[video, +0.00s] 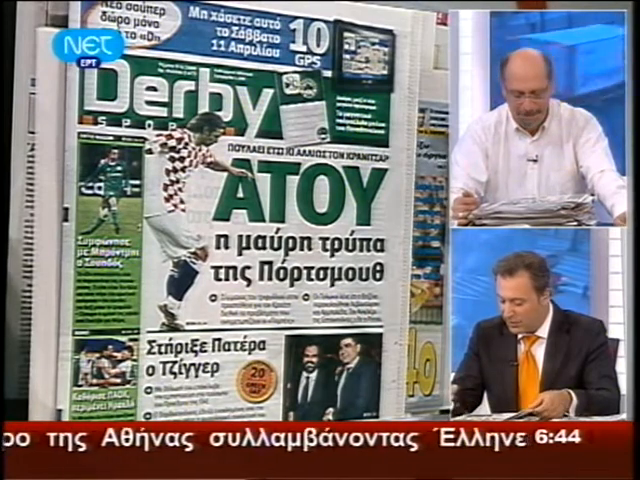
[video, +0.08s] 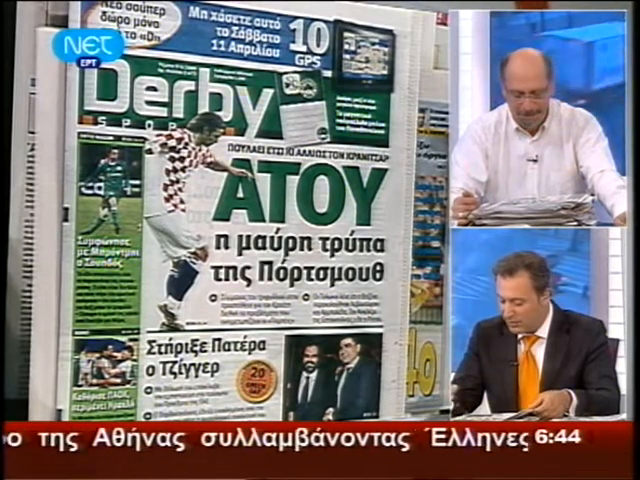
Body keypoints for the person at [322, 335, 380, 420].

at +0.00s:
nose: (343, 351)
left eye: (347, 346)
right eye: (341, 348)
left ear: (358, 348)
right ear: (339, 351)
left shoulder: (367, 368)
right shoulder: (341, 371)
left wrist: (335, 416)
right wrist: (331, 410)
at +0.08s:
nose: (343, 351)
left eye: (347, 346)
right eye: (341, 348)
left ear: (358, 348)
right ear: (339, 351)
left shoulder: (367, 367)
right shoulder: (341, 371)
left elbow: (362, 407)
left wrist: (335, 416)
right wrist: (332, 410)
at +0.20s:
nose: (343, 351)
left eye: (347, 346)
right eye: (341, 348)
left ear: (358, 348)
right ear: (339, 351)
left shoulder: (367, 367)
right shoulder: (341, 371)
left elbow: (361, 407)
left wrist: (335, 416)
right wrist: (332, 410)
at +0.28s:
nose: (343, 351)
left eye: (347, 346)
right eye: (341, 348)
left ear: (358, 348)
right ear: (339, 351)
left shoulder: (367, 368)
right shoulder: (341, 371)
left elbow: (361, 407)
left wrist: (335, 416)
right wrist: (332, 410)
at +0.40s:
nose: (343, 351)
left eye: (347, 346)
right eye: (341, 348)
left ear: (358, 348)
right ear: (339, 351)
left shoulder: (367, 367)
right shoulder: (341, 371)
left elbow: (361, 407)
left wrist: (335, 416)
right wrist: (332, 410)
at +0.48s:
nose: (343, 351)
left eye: (347, 346)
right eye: (341, 348)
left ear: (358, 348)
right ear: (339, 351)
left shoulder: (367, 367)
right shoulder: (341, 371)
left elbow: (361, 406)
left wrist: (335, 416)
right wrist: (332, 410)